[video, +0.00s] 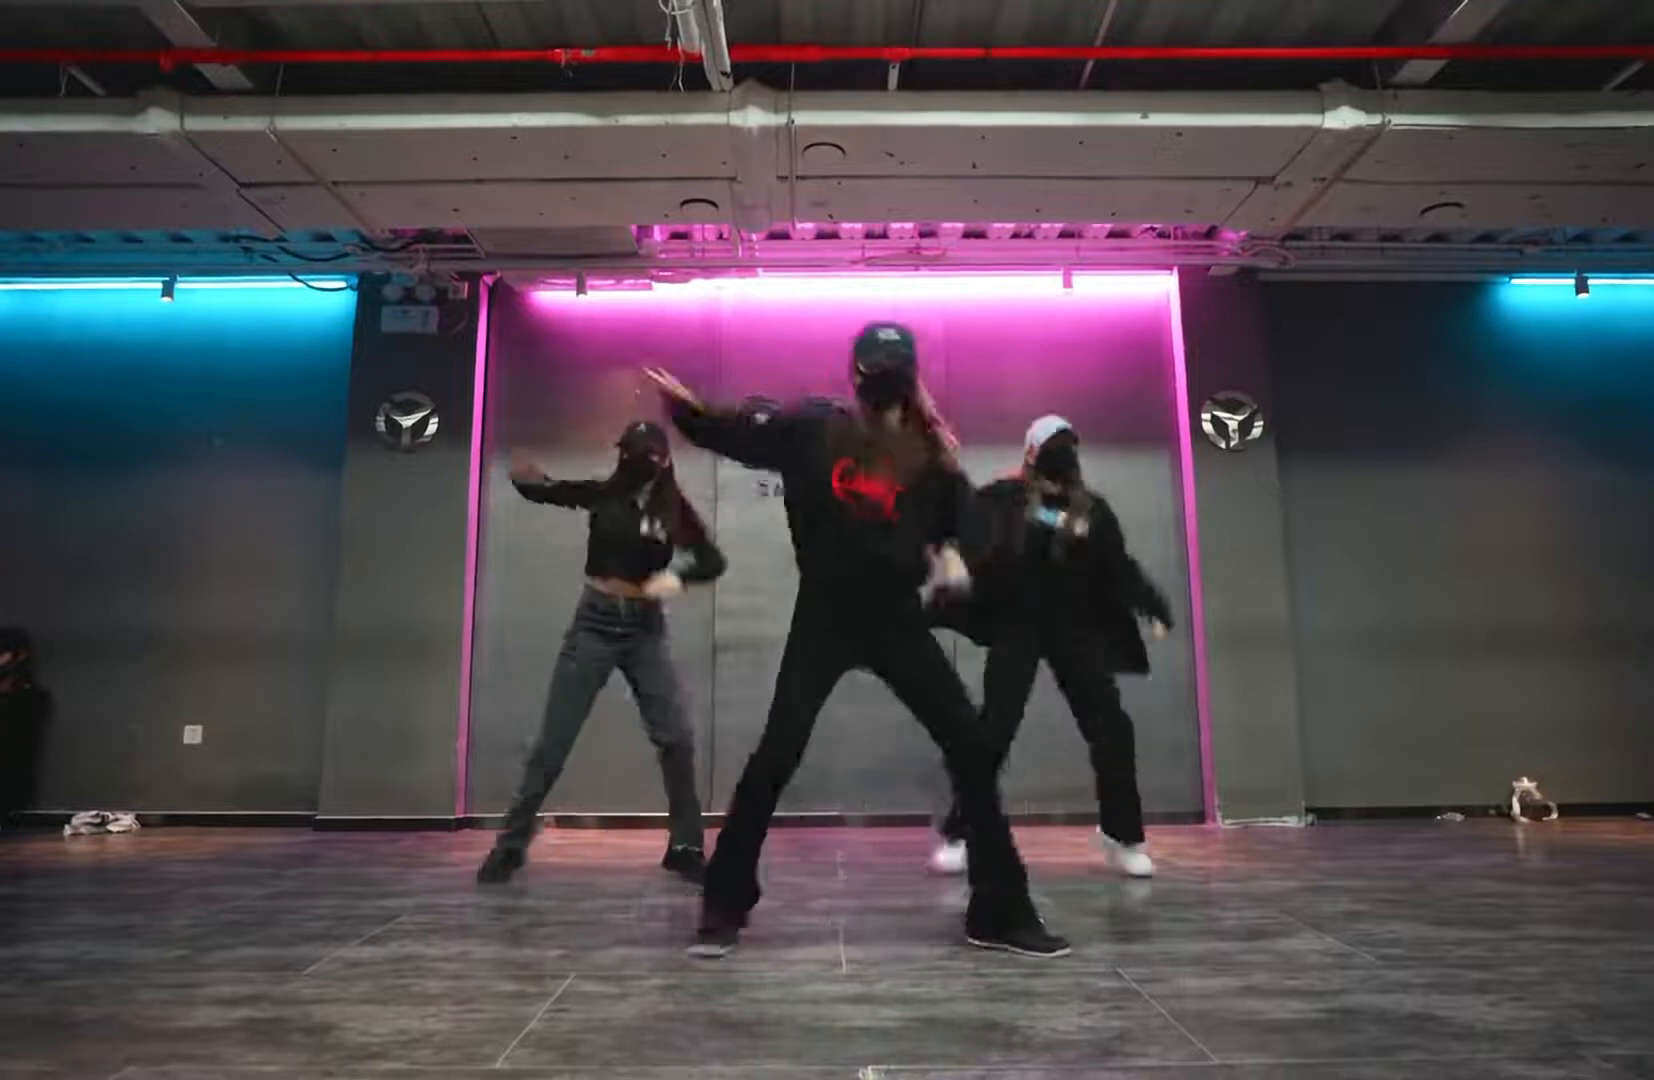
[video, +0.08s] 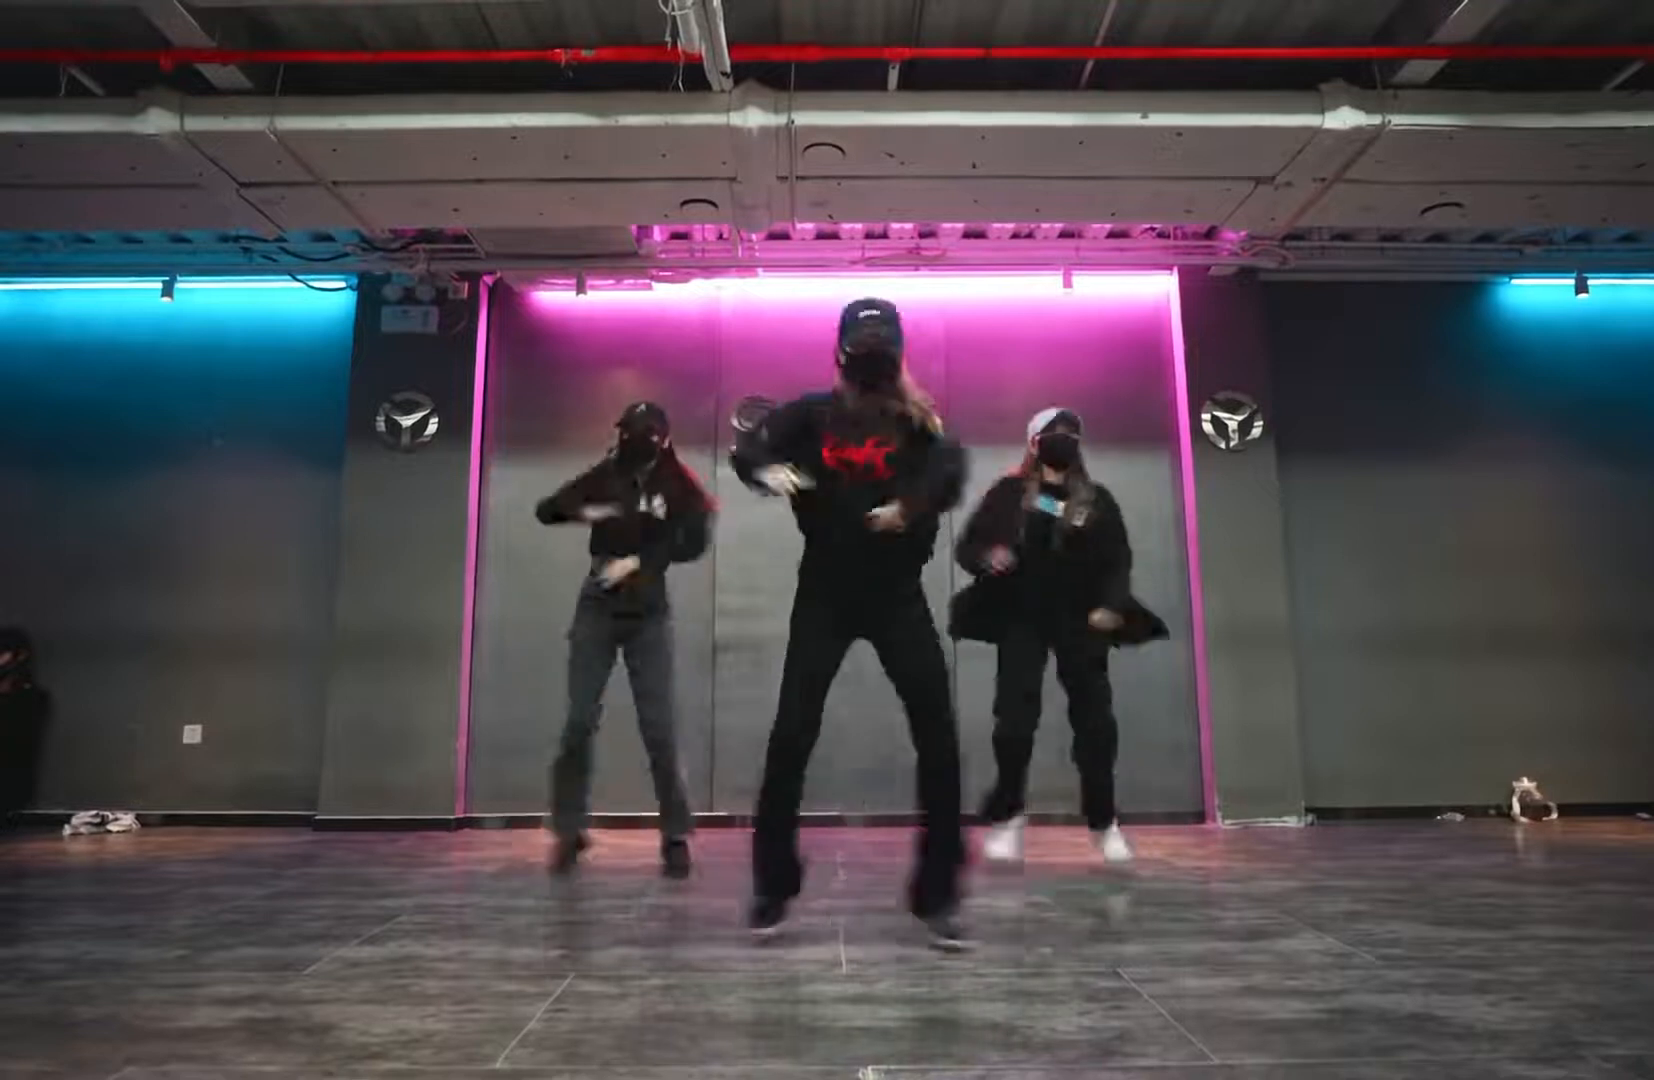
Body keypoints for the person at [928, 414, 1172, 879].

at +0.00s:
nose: (1064, 461)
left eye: (1070, 452)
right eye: (1055, 452)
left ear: (1078, 455)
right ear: (1033, 454)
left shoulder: (1090, 508)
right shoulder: (1000, 502)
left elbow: (1117, 567)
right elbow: (975, 555)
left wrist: (1152, 605)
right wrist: (1030, 523)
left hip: (1075, 633)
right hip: (1015, 631)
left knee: (1112, 729)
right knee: (995, 731)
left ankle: (1122, 835)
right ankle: (957, 834)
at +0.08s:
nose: (1062, 447)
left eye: (1069, 440)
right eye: (1054, 439)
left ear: (1077, 445)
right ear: (1035, 443)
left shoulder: (1095, 499)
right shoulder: (1009, 492)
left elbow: (1117, 559)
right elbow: (967, 546)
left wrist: (1111, 604)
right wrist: (987, 556)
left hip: (1079, 622)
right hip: (1021, 621)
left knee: (1096, 722)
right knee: (1015, 718)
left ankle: (1104, 822)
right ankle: (1007, 817)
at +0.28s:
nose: (1069, 462)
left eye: (1076, 455)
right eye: (1061, 454)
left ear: (1086, 462)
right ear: (1046, 461)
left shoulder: (1104, 518)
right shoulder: (1025, 516)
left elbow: (1094, 580)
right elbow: (1008, 578)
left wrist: (1053, 619)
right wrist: (1025, 618)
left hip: (1094, 645)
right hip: (1042, 646)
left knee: (1099, 745)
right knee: (1043, 748)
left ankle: (1128, 846)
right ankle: (1041, 849)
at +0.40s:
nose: (1081, 469)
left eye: (1087, 461)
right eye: (1072, 461)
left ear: (1096, 465)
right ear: (1054, 466)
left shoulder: (1114, 522)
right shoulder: (1029, 523)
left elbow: (1116, 591)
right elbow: (1026, 593)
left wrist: (1100, 652)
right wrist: (1065, 649)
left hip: (1104, 644)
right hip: (1047, 649)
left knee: (1116, 747)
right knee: (1050, 750)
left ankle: (1136, 847)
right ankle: (1061, 838)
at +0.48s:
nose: (1087, 472)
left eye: (1093, 464)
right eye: (1078, 463)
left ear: (1099, 467)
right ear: (1055, 466)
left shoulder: (1112, 519)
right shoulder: (1033, 519)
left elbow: (1140, 582)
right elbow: (1038, 576)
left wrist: (1163, 636)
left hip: (1103, 648)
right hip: (1046, 649)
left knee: (1112, 745)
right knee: (1050, 740)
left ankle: (1138, 850)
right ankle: (1082, 792)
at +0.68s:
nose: (1062, 463)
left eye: (1069, 456)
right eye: (1052, 455)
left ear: (1079, 460)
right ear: (1033, 458)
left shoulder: (1093, 506)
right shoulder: (1014, 509)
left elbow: (1127, 563)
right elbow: (1022, 571)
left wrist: (1158, 621)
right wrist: (1097, 579)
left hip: (1082, 637)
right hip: (1028, 637)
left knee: (1105, 742)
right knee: (1004, 729)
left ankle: (1135, 849)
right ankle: (1060, 729)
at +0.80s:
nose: (1009, 468)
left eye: (1018, 459)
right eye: (1006, 460)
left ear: (1044, 459)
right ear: (1008, 460)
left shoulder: (1065, 503)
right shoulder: (998, 510)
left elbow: (1055, 558)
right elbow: (977, 569)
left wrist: (995, 555)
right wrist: (1022, 546)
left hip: (1062, 638)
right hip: (1006, 638)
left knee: (1091, 743)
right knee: (968, 738)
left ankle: (1131, 848)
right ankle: (956, 841)